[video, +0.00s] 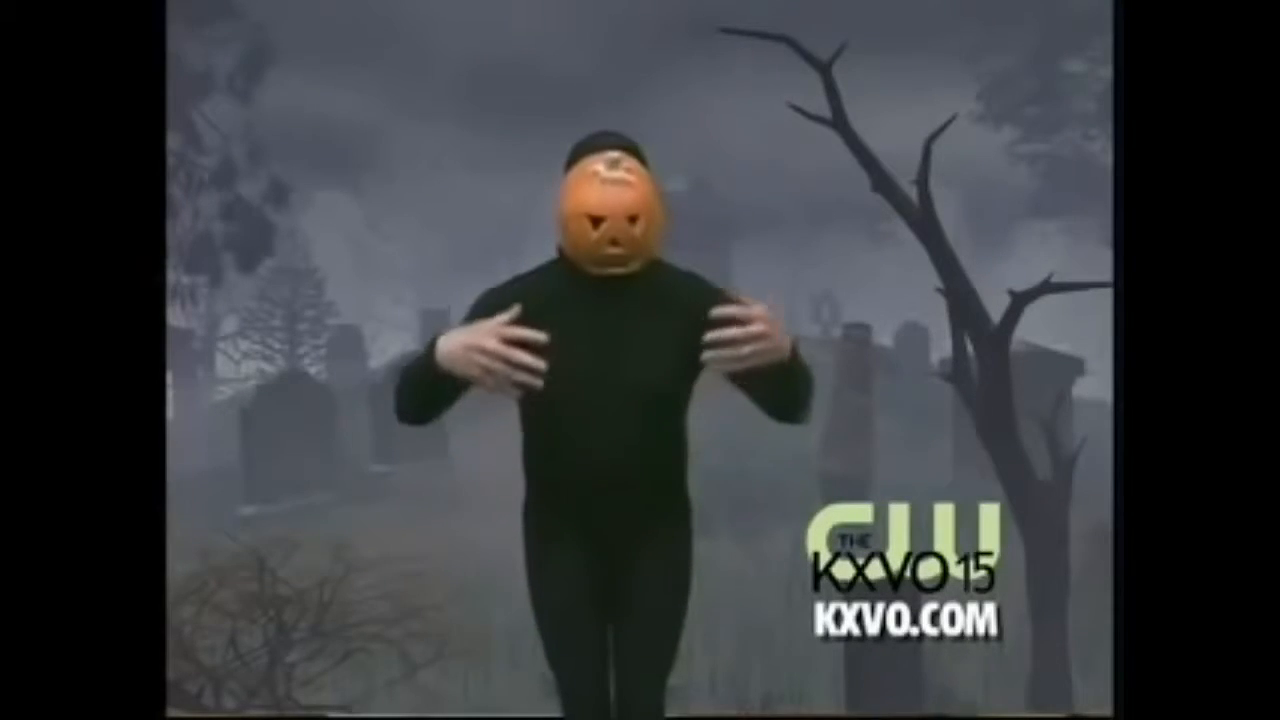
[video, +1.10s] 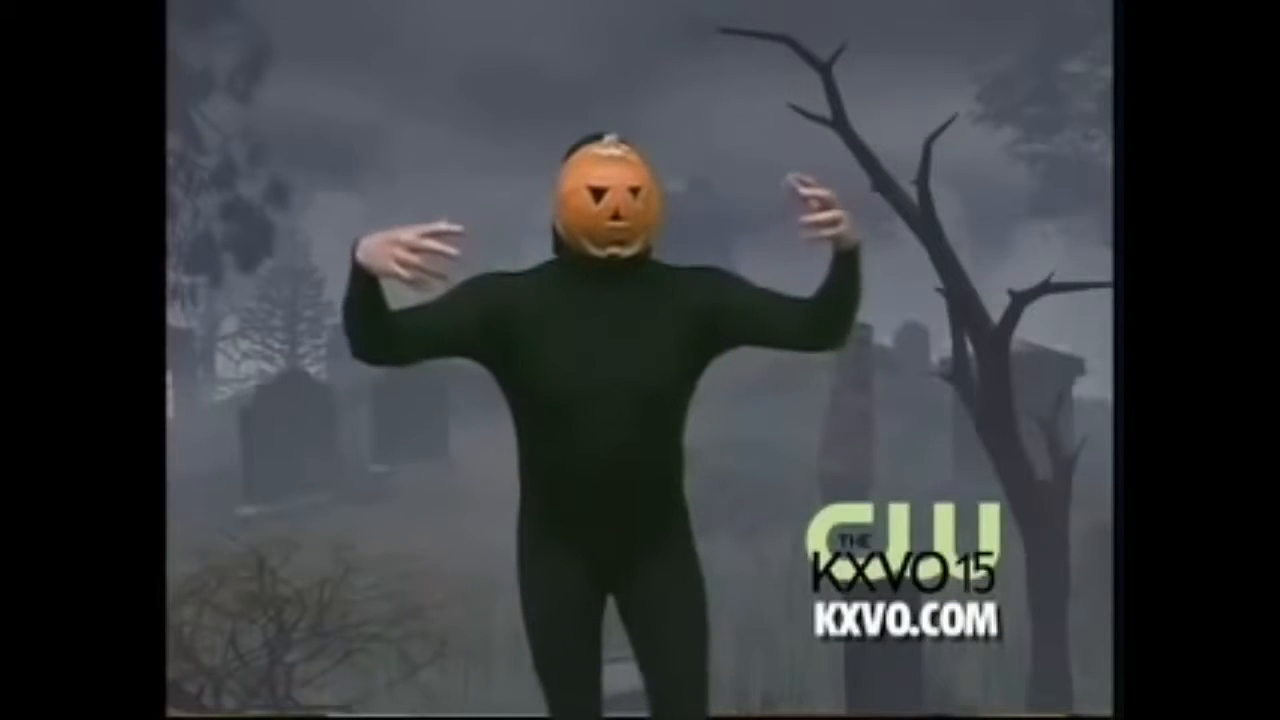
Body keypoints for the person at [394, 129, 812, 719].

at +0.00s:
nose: (614, 213)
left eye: (630, 187)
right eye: (591, 187)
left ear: (656, 206)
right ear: (562, 207)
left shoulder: (689, 302)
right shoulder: (521, 303)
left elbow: (791, 405)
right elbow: (413, 406)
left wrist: (783, 356)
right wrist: (442, 356)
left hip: (656, 533)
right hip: (560, 535)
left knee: (642, 700)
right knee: (582, 700)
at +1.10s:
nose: (617, 205)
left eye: (634, 192)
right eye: (596, 191)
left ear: (656, 208)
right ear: (558, 209)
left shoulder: (697, 297)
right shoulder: (505, 302)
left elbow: (823, 327)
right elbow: (378, 341)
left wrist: (847, 252)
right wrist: (364, 267)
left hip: (659, 545)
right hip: (555, 549)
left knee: (684, 707)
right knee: (572, 709)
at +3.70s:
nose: (613, 187)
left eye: (630, 178)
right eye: (593, 177)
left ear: (658, 200)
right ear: (561, 201)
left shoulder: (691, 268)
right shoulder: (512, 268)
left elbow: (796, 188)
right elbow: (394, 188)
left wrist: (840, 91)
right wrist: (335, 79)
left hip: (664, 560)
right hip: (553, 565)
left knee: (725, 710)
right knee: (546, 713)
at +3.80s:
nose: (616, 189)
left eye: (632, 179)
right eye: (595, 178)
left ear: (659, 200)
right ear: (562, 202)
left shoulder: (690, 267)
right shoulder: (515, 268)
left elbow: (790, 183)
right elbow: (402, 185)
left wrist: (838, 81)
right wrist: (344, 68)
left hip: (664, 560)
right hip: (553, 564)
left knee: (726, 709)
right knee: (546, 711)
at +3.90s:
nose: (617, 188)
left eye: (634, 178)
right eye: (597, 177)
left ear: (660, 199)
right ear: (562, 200)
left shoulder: (689, 267)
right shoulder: (516, 267)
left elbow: (786, 176)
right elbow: (408, 177)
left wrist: (833, 70)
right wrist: (352, 53)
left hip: (665, 560)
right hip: (553, 565)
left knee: (725, 710)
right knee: (546, 711)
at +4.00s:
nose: (618, 189)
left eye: (634, 179)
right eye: (598, 178)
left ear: (660, 200)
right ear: (563, 202)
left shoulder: (690, 267)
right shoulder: (517, 267)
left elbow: (781, 172)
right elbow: (413, 171)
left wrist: (827, 54)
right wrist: (363, 40)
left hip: (666, 560)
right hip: (554, 565)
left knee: (727, 710)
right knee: (545, 711)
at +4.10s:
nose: (619, 190)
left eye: (635, 180)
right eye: (598, 179)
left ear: (661, 202)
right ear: (563, 203)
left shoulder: (689, 267)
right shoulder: (518, 267)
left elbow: (780, 170)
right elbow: (421, 171)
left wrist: (815, 46)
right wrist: (383, 33)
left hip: (666, 560)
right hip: (554, 564)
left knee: (727, 710)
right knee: (545, 711)